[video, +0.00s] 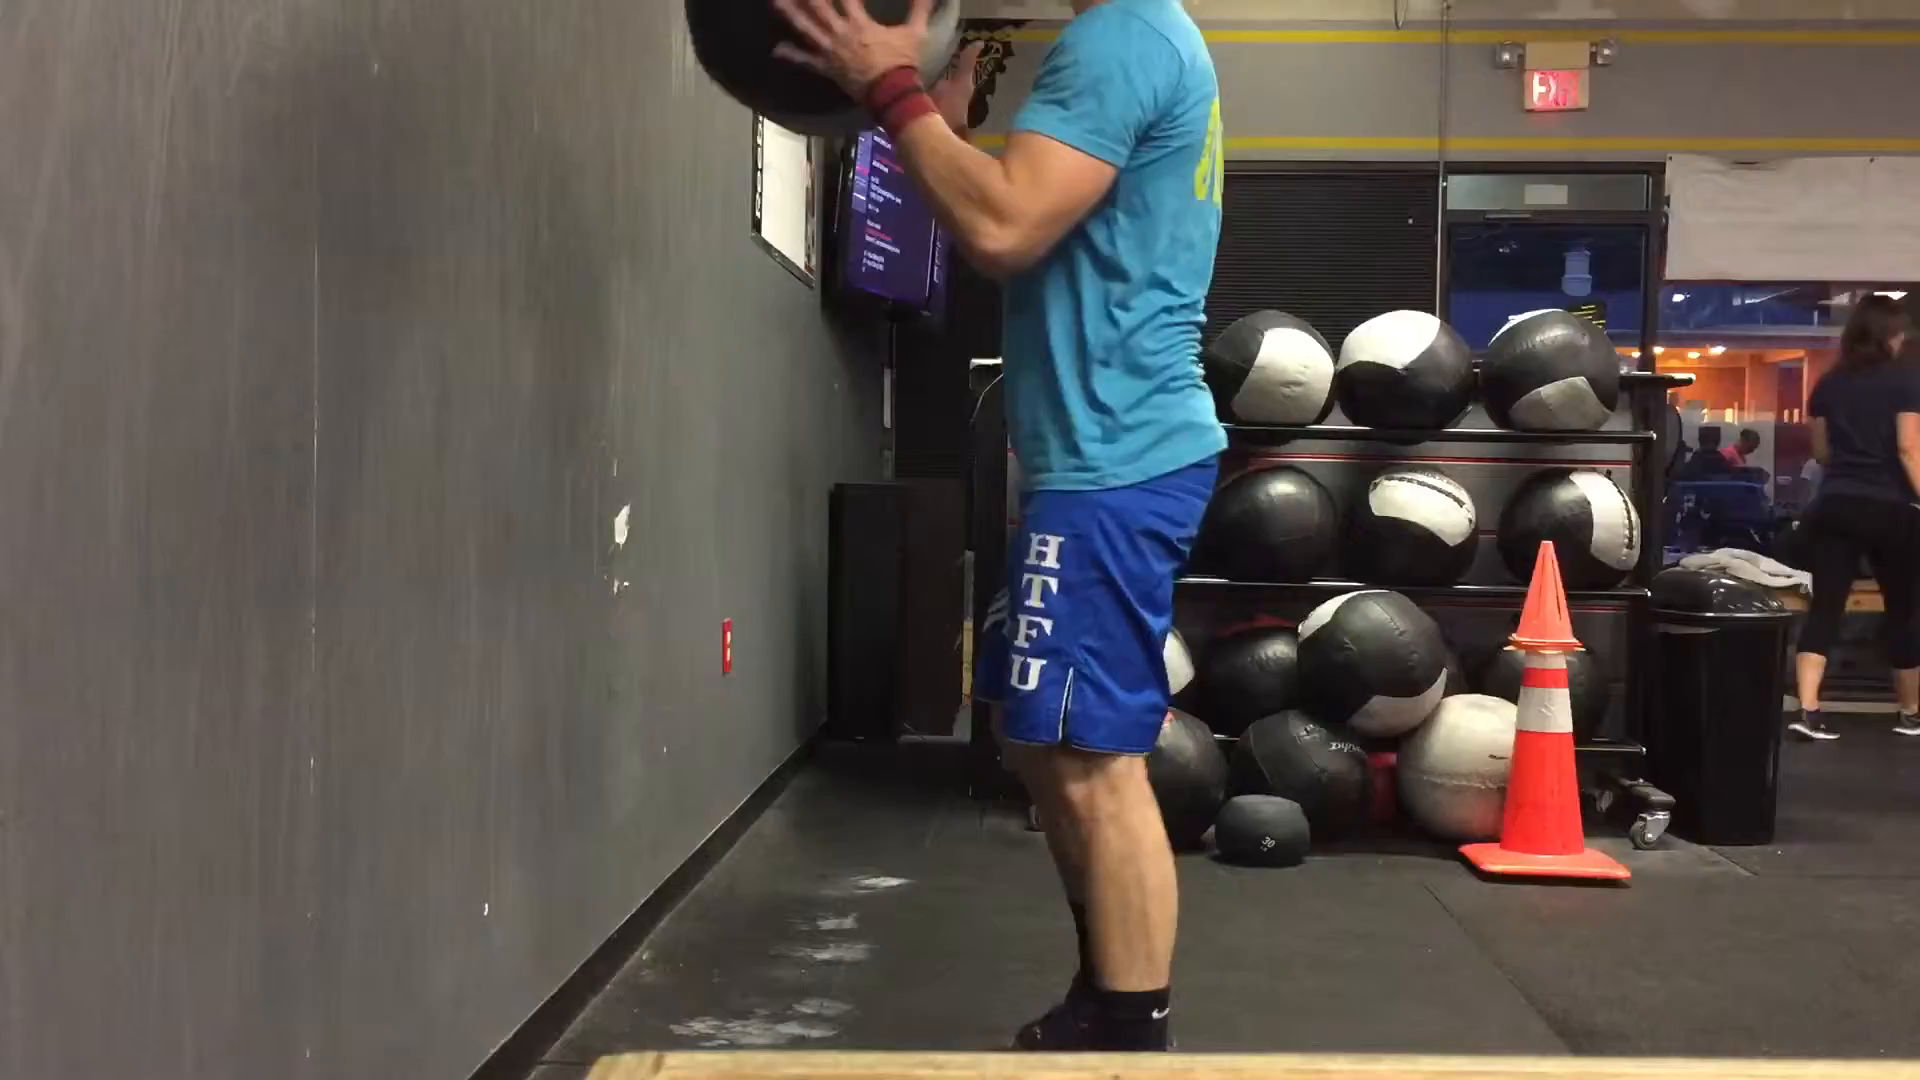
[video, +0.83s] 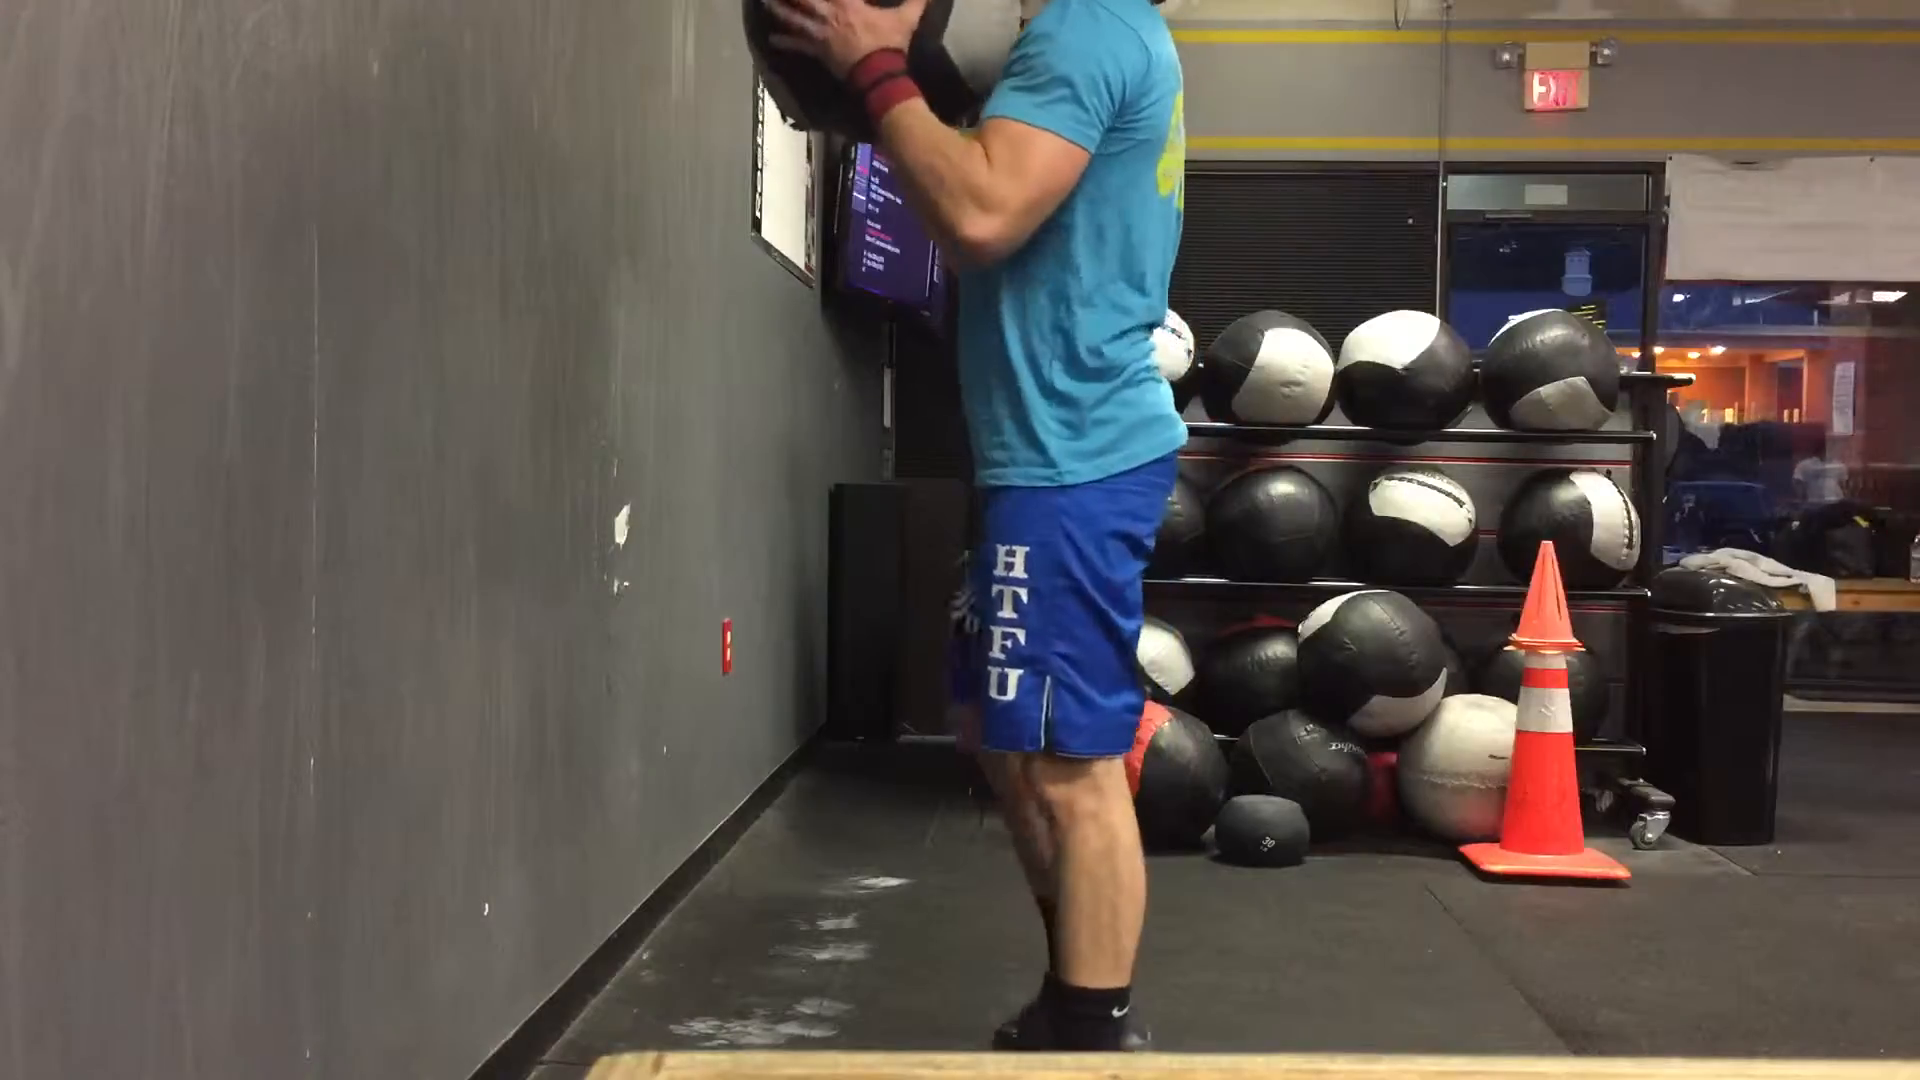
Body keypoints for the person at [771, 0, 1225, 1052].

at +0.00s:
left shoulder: (1131, 38)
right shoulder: (1104, 40)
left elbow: (1002, 228)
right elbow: (1015, 225)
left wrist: (892, 93)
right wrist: (946, 130)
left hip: (1125, 459)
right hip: (1081, 457)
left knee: (1099, 755)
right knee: (1039, 735)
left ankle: (1135, 1034)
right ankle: (1109, 1003)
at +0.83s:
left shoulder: (1096, 28)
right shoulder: (1064, 30)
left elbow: (983, 214)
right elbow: (970, 189)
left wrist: (880, 69)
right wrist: (863, 77)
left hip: (1081, 459)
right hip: (1033, 456)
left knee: (1075, 762)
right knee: (1008, 739)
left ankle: (1093, 1035)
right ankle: (1078, 1002)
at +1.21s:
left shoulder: (1107, 61)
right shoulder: (1105, 51)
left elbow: (1010, 248)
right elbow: (1002, 224)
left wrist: (902, 97)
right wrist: (907, 108)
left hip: (1059, 468)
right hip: (1081, 458)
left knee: (996, 762)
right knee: (1066, 745)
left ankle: (1069, 1041)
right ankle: (1089, 1015)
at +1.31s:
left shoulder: (1113, 64)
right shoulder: (1103, 56)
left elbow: (1019, 250)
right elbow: (998, 242)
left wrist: (906, 109)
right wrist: (915, 121)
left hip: (1066, 460)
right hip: (1081, 453)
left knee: (958, 738)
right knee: (1062, 734)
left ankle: (1057, 1038)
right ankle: (1090, 1020)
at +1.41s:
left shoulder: (1116, 59)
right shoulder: (1100, 53)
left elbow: (1019, 242)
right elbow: (985, 249)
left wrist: (904, 104)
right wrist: (912, 119)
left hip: (1065, 455)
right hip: (1084, 449)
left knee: (954, 736)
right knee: (1060, 735)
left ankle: (1058, 1039)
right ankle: (1091, 1024)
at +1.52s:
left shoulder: (1110, 56)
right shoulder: (1121, 48)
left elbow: (1006, 239)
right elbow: (1004, 227)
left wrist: (895, 102)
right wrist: (913, 114)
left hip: (1053, 463)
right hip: (1085, 453)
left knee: (1007, 757)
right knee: (1062, 743)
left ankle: (1071, 1037)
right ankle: (1088, 1017)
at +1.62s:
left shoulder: (1115, 46)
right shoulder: (1095, 44)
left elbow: (1001, 233)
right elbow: (995, 217)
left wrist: (888, 96)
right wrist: (903, 103)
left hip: (1063, 459)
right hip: (1041, 456)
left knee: (1052, 760)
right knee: (1029, 757)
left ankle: (1084, 1036)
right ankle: (1075, 1024)